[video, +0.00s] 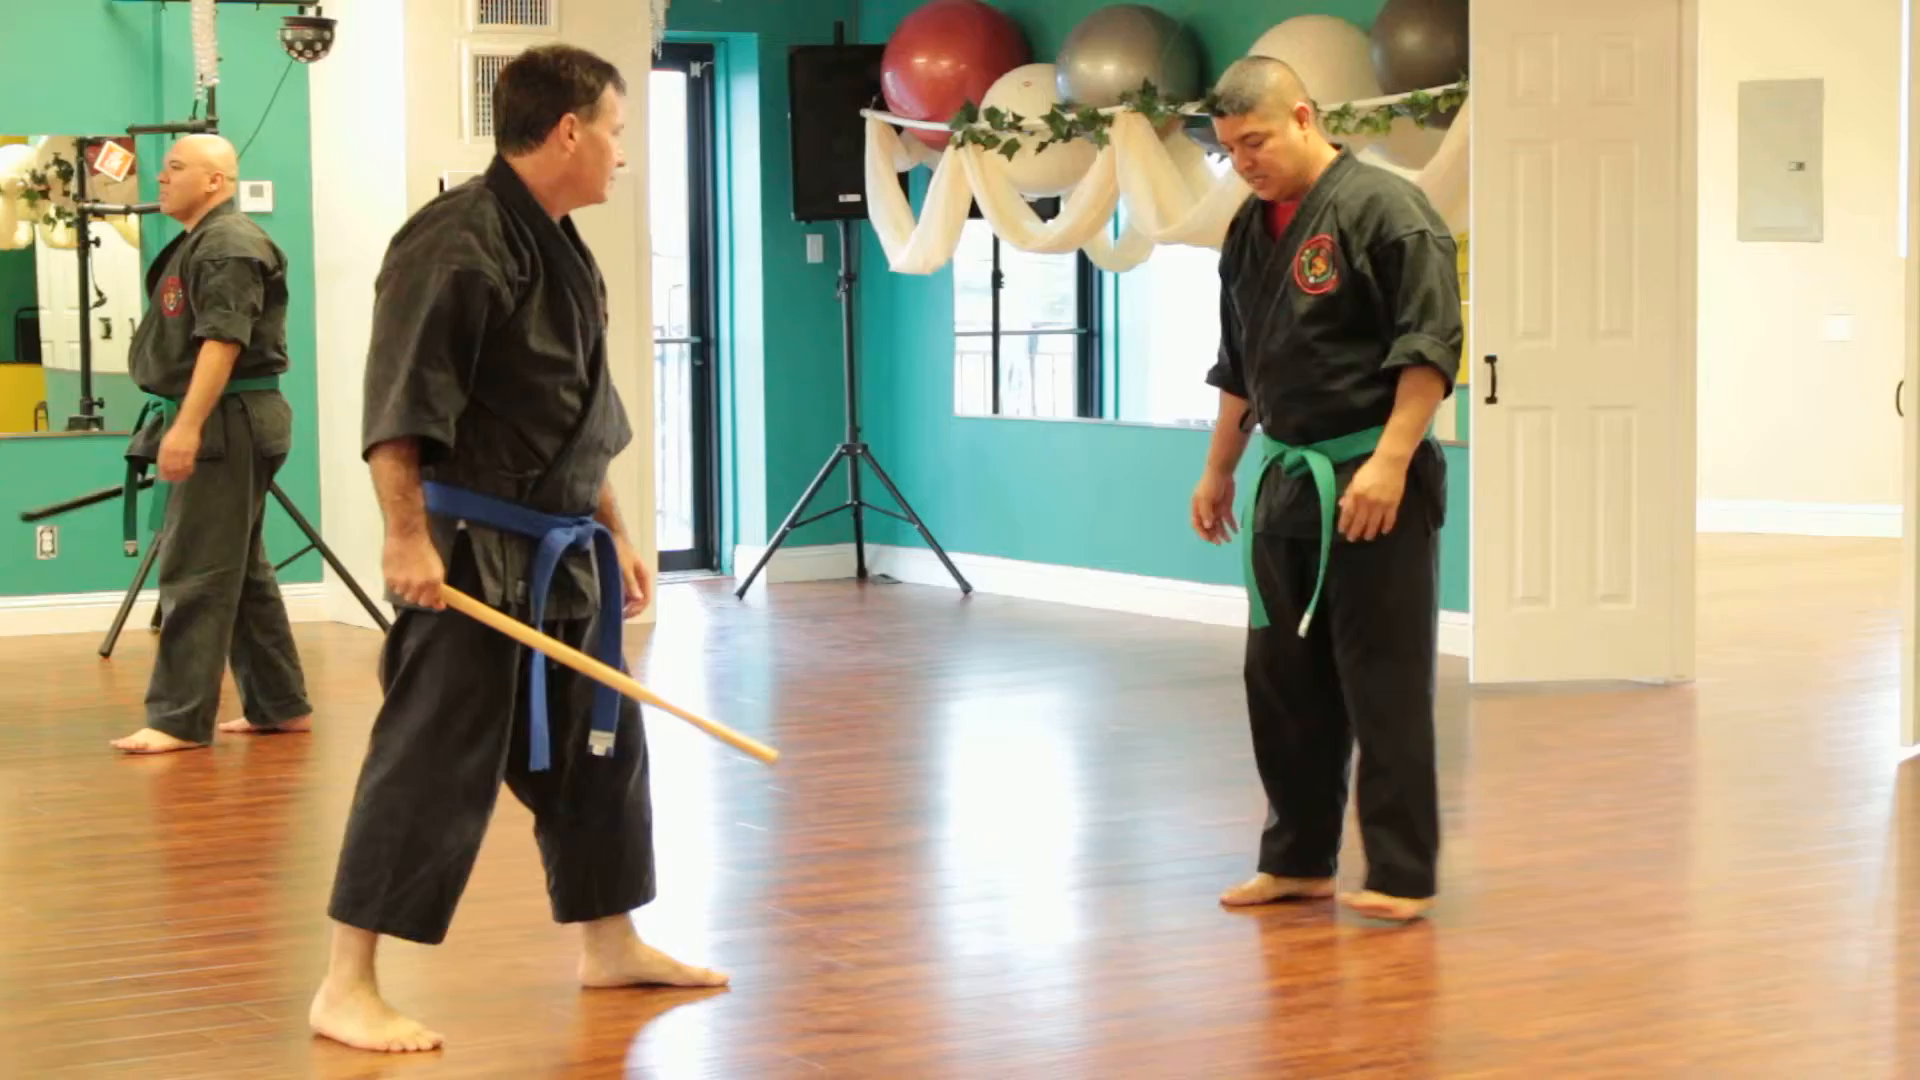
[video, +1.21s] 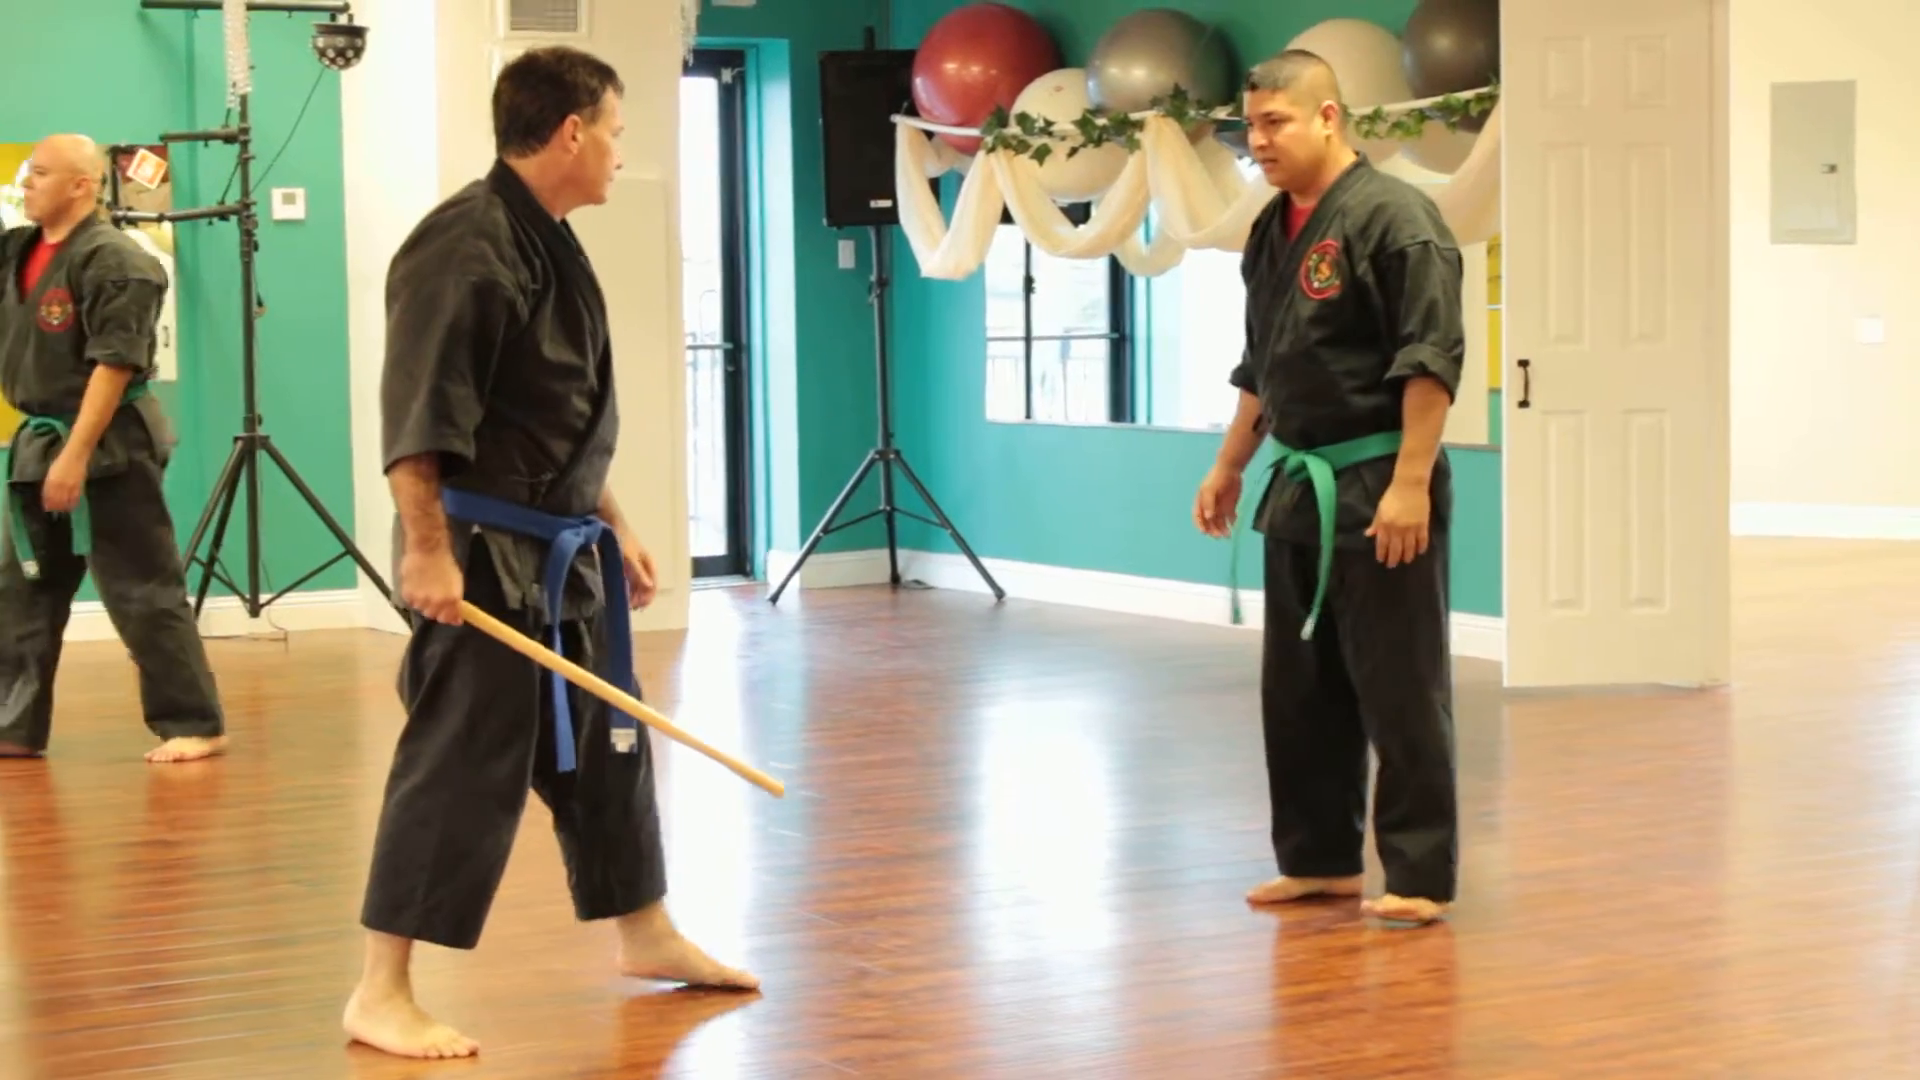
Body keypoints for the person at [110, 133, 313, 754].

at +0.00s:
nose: (162, 179)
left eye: (174, 169)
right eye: (164, 169)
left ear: (215, 181)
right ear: (208, 183)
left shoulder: (228, 245)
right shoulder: (206, 242)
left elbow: (222, 343)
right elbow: (205, 342)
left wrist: (186, 426)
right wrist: (179, 419)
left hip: (230, 418)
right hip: (221, 416)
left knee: (198, 570)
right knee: (237, 566)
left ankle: (181, 720)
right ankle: (279, 703)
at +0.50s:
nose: (134, 181)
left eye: (147, 172)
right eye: (137, 171)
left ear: (184, 185)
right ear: (173, 185)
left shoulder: (203, 254)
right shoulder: (167, 247)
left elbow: (199, 362)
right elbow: (144, 342)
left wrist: (180, 452)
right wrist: (111, 408)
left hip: (190, 428)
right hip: (170, 423)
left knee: (164, 576)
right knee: (200, 570)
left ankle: (178, 725)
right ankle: (271, 690)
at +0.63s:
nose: (120, 173)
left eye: (135, 166)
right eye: (125, 164)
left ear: (174, 181)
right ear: (163, 181)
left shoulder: (189, 247)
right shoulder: (152, 242)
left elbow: (188, 352)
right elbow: (123, 324)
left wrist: (180, 444)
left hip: (171, 431)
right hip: (144, 425)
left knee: (163, 574)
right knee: (144, 570)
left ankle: (183, 725)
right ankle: (232, 673)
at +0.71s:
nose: (114, 169)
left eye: (128, 162)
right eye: (117, 159)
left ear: (168, 178)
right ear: (152, 178)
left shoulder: (180, 244)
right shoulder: (141, 237)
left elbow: (179, 347)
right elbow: (98, 288)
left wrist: (166, 438)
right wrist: (44, 236)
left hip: (164, 430)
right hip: (132, 425)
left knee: (164, 574)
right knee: (116, 565)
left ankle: (186, 726)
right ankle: (176, 706)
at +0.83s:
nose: (97, 177)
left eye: (109, 167)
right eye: (100, 166)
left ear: (151, 177)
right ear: (140, 177)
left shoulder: (168, 245)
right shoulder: (115, 234)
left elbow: (161, 349)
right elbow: (62, 222)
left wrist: (134, 434)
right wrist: (60, 150)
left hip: (160, 424)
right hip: (109, 423)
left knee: (163, 579)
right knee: (93, 572)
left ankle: (190, 727)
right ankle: (92, 718)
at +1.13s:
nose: (41, 182)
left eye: (54, 173)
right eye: (44, 172)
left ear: (95, 185)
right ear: (77, 185)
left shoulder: (127, 257)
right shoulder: (31, 248)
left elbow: (118, 364)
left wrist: (68, 449)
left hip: (117, 437)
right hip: (48, 437)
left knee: (151, 587)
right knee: (31, 594)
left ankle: (191, 727)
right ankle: (11, 730)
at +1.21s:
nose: (24, 182)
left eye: (38, 172)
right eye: (27, 171)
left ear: (82, 185)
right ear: (62, 185)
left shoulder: (119, 260)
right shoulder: (21, 253)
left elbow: (116, 366)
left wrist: (75, 453)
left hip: (111, 437)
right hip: (38, 437)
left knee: (144, 588)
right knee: (28, 590)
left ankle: (192, 725)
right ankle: (17, 730)